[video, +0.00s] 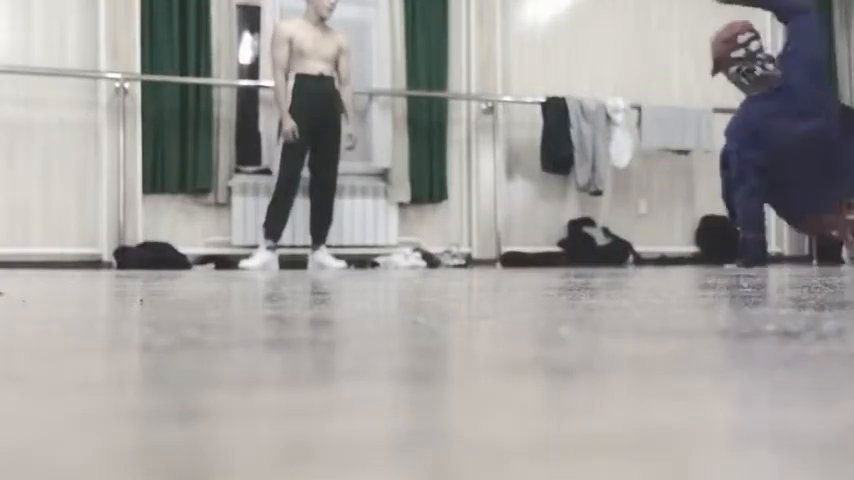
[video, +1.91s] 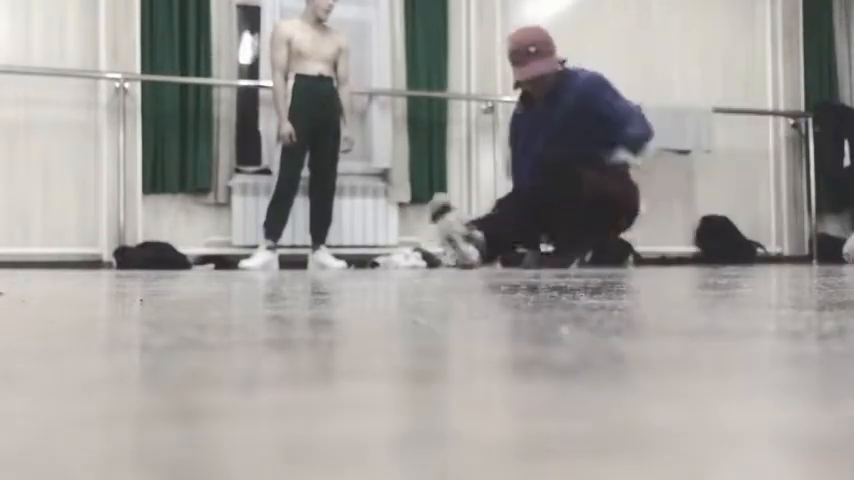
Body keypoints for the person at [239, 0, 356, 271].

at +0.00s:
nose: (331, 5)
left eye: (334, 2)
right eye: (327, 0)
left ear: (332, 7)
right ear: (311, 1)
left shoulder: (338, 40)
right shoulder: (286, 30)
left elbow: (344, 83)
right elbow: (279, 75)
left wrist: (350, 122)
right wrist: (284, 116)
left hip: (329, 98)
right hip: (300, 95)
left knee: (325, 178)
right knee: (289, 176)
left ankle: (318, 251)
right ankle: (268, 249)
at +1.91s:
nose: (329, 6)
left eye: (332, 3)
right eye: (325, 1)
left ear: (332, 7)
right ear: (310, 2)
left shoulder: (337, 40)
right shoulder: (285, 29)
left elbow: (342, 84)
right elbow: (278, 75)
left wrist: (346, 126)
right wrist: (283, 119)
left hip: (328, 100)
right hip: (299, 97)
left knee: (324, 179)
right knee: (288, 177)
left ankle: (319, 250)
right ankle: (268, 248)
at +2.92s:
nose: (329, 5)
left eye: (332, 2)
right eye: (324, 0)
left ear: (332, 6)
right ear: (310, 1)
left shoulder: (335, 38)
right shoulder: (284, 30)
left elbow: (352, 78)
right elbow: (264, 72)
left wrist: (339, 88)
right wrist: (292, 86)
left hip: (328, 107)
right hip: (299, 106)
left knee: (324, 180)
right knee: (288, 178)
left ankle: (319, 251)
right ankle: (269, 250)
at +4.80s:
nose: (325, 5)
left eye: (329, 2)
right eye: (321, 1)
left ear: (331, 5)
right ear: (307, 1)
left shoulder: (333, 36)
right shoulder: (283, 26)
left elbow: (344, 73)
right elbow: (255, 60)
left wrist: (336, 91)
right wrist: (277, 80)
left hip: (324, 109)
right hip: (294, 107)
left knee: (327, 184)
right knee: (283, 181)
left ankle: (319, 252)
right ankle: (267, 250)